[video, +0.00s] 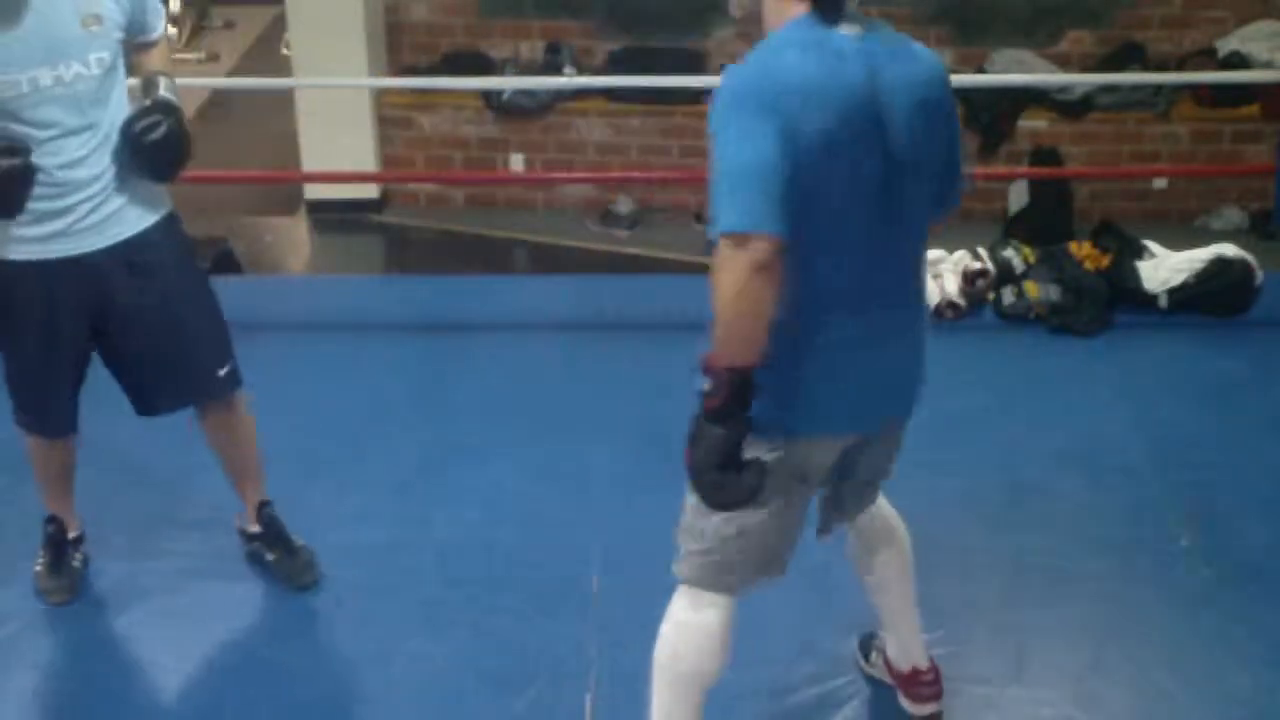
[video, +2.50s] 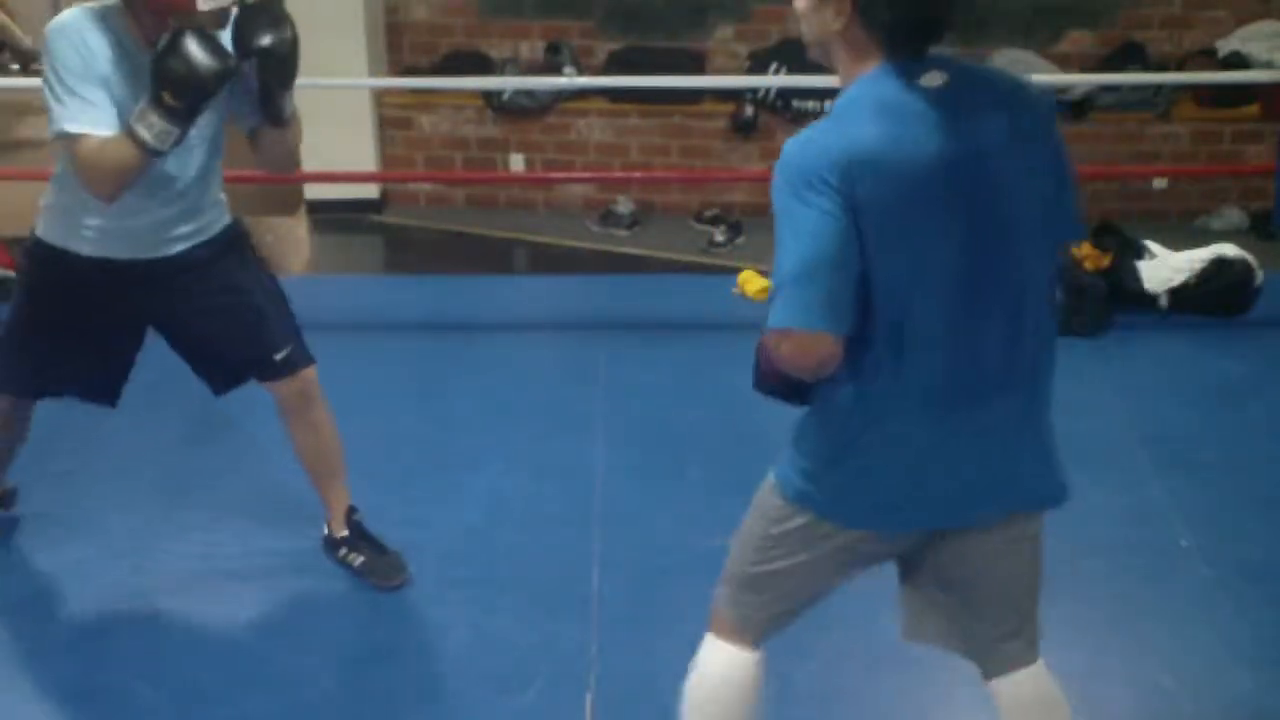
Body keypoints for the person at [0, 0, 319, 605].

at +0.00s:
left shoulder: (116, 4)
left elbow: (148, 46)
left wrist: (161, 103)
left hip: (134, 224)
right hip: (26, 249)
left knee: (217, 383)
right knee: (44, 415)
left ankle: (259, 518)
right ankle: (61, 532)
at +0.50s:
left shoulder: (91, 7)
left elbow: (110, 83)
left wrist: (129, 123)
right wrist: (4, 146)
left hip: (96, 227)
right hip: (9, 248)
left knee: (154, 385)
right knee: (29, 412)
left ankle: (192, 521)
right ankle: (59, 533)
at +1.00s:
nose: (59, 12)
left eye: (64, 3)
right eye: (43, 5)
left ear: (71, 3)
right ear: (11, 6)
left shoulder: (68, 30)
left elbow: (89, 112)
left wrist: (103, 146)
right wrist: (7, 183)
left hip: (42, 250)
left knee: (144, 385)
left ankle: (193, 522)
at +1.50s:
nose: (60, 65)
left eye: (62, 46)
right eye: (44, 54)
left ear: (67, 36)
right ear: (9, 60)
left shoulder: (73, 83)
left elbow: (111, 208)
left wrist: (121, 166)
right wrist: (34, 197)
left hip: (39, 270)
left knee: (170, 391)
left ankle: (258, 528)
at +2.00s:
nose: (52, 26)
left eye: (63, 14)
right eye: (39, 15)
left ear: (77, 11)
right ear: (8, 14)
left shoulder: (88, 50)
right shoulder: (3, 71)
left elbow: (172, 151)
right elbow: (3, 190)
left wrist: (164, 86)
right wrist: (54, 114)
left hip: (103, 260)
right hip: (12, 284)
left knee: (224, 374)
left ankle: (271, 522)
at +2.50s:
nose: (199, 9)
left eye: (205, 6)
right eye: (184, 5)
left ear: (211, 5)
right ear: (144, 1)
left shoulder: (227, 30)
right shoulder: (76, 35)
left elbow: (278, 160)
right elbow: (100, 177)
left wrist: (275, 87)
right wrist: (168, 107)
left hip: (198, 243)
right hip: (79, 250)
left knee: (297, 379)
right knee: (12, 394)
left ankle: (342, 527)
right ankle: (0, 496)